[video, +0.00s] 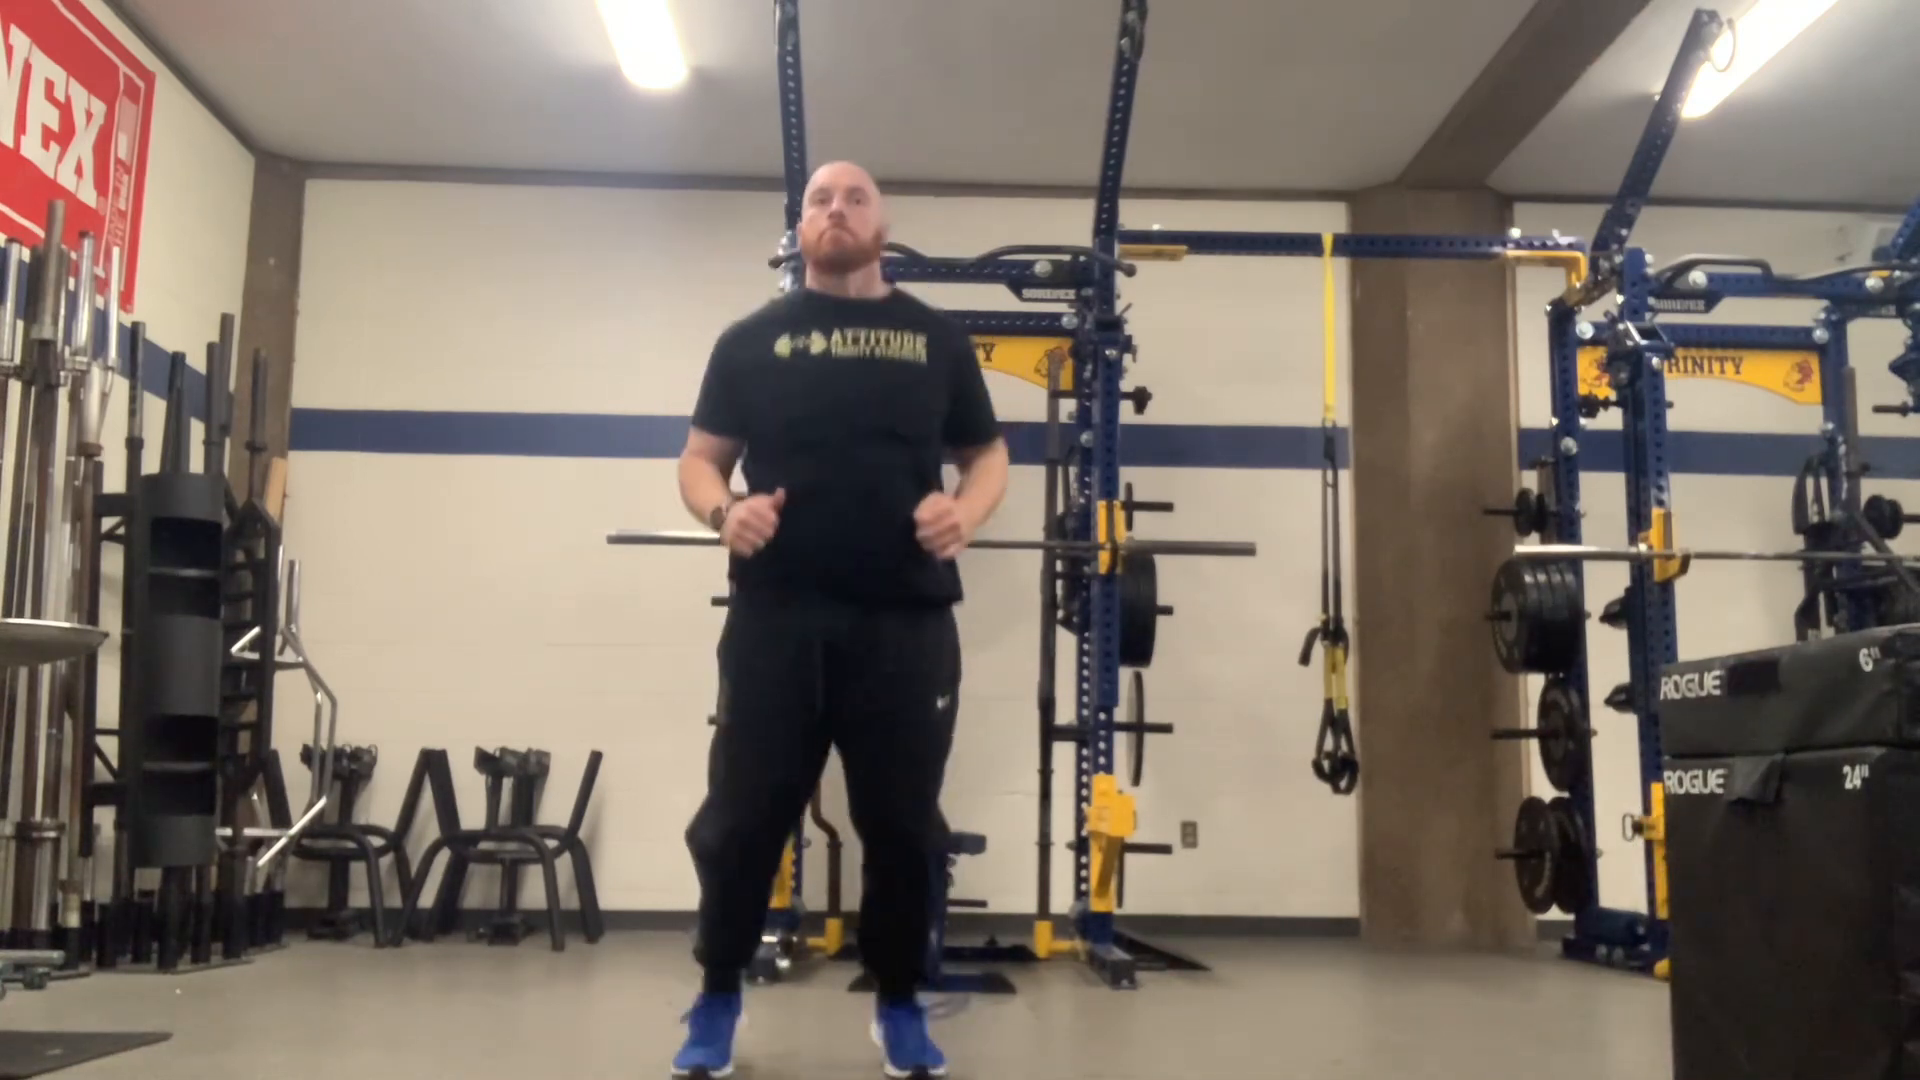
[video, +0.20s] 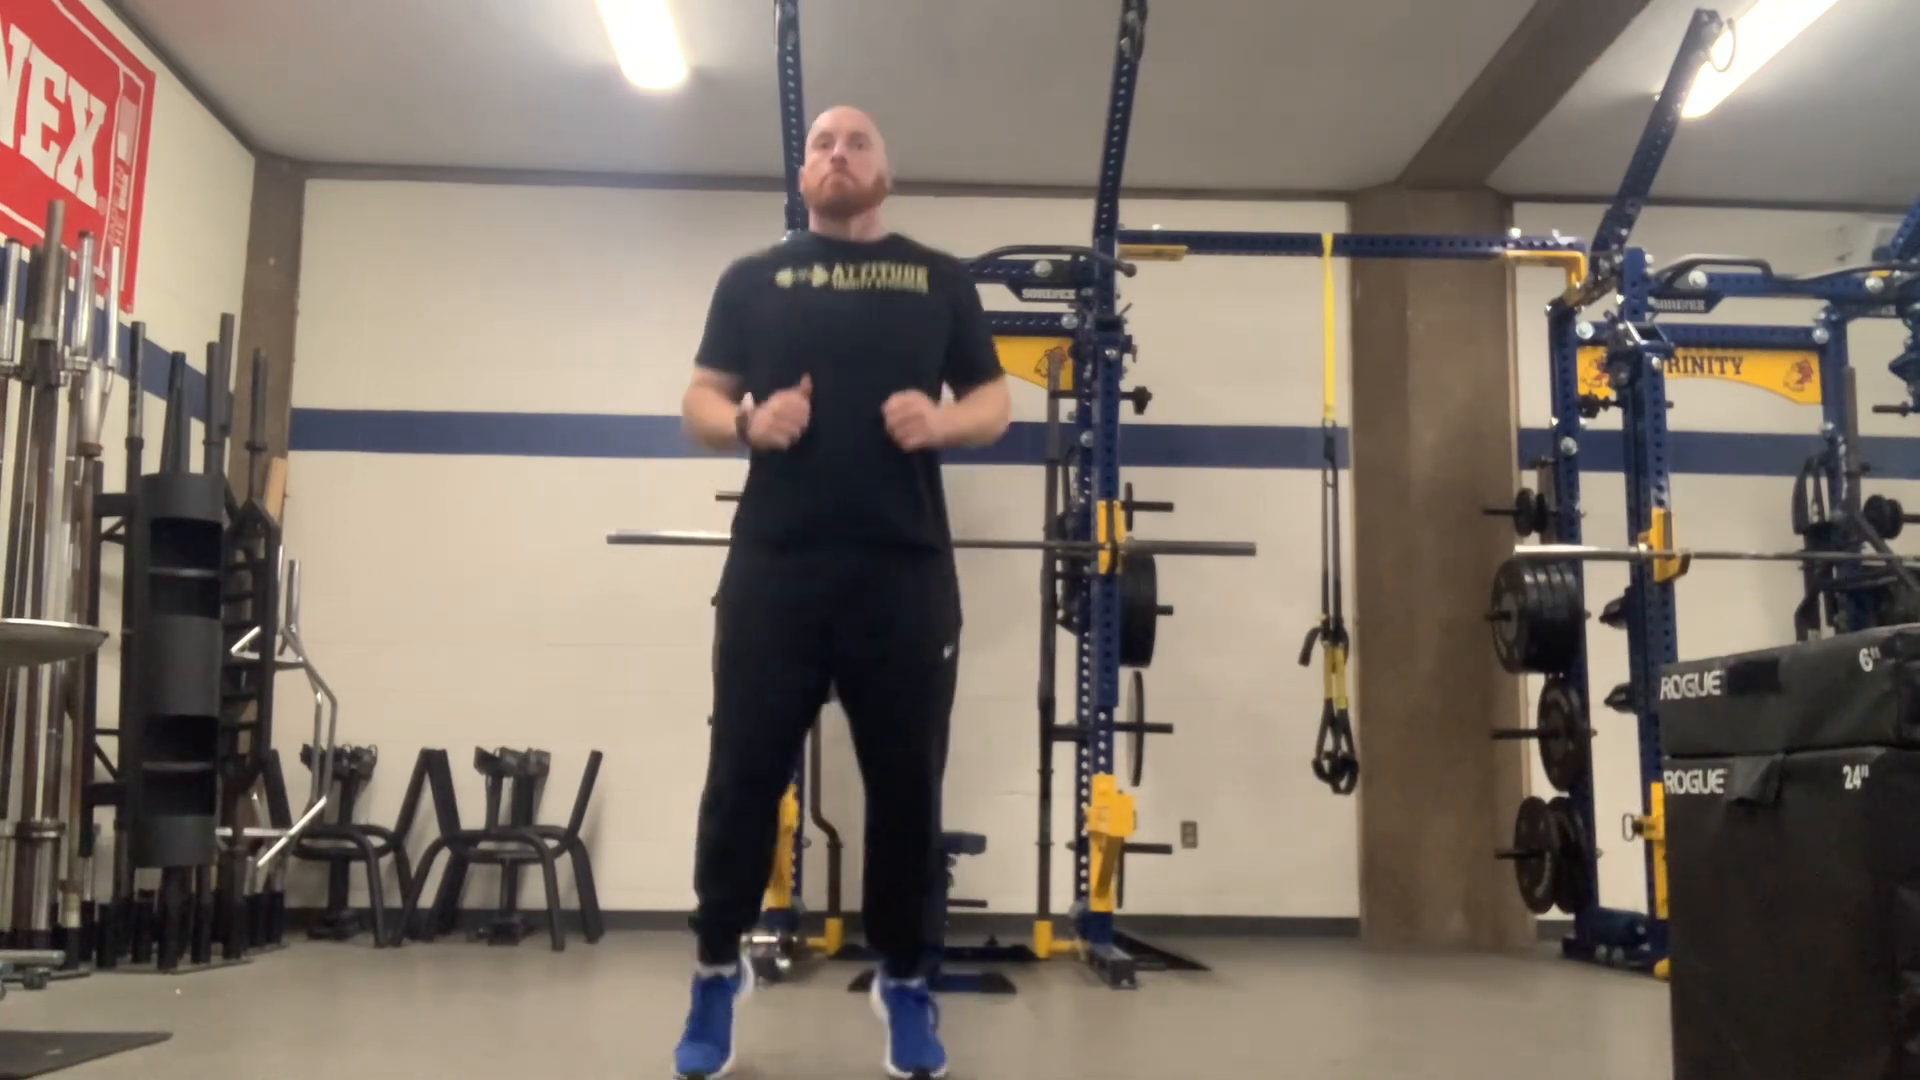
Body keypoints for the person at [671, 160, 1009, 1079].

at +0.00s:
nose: (838, 208)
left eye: (856, 197)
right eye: (822, 199)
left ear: (887, 229)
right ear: (797, 232)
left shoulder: (937, 340)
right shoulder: (751, 342)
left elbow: (988, 460)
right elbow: (699, 464)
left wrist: (966, 508)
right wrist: (725, 509)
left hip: (904, 622)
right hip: (776, 619)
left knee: (904, 829)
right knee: (740, 824)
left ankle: (900, 1010)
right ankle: (716, 998)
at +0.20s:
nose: (838, 152)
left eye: (857, 142)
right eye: (823, 143)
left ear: (889, 174)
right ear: (799, 175)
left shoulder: (941, 281)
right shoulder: (752, 281)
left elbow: (995, 403)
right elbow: (702, 406)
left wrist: (945, 422)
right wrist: (745, 421)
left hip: (902, 574)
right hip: (774, 574)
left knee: (907, 790)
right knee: (743, 775)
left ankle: (908, 987)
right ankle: (714, 977)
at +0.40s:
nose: (830, 135)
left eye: (849, 126)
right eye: (814, 128)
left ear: (883, 158)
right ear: (793, 163)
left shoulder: (941, 261)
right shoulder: (747, 266)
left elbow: (1001, 387)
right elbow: (692, 394)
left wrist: (960, 411)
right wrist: (724, 410)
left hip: (907, 549)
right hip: (774, 545)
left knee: (925, 769)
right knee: (726, 759)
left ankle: (934, 989)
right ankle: (675, 979)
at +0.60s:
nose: (838, 211)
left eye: (856, 199)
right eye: (821, 203)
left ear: (892, 228)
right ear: (801, 239)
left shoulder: (956, 336)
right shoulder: (765, 348)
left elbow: (1023, 461)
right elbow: (715, 475)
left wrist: (981, 472)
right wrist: (731, 517)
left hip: (918, 635)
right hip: (786, 630)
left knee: (924, 842)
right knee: (716, 837)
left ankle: (922, 1030)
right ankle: (671, 1022)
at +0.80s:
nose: (873, 131)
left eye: (890, 119)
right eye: (857, 121)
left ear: (920, 146)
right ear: (832, 153)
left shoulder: (987, 237)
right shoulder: (795, 261)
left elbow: (1073, 351)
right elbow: (759, 389)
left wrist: (1030, 359)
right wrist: (784, 416)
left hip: (971, 540)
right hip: (841, 540)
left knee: (989, 761)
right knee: (816, 751)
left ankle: (998, 980)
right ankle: (800, 963)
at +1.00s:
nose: (913, 216)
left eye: (930, 204)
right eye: (896, 203)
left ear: (957, 230)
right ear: (868, 229)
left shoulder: (1014, 330)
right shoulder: (824, 349)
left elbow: (1074, 441)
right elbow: (773, 470)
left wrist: (1070, 484)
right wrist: (787, 497)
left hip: (1018, 616)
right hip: (891, 624)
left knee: (1057, 830)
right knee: (904, 830)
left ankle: (1099, 1030)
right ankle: (944, 1021)